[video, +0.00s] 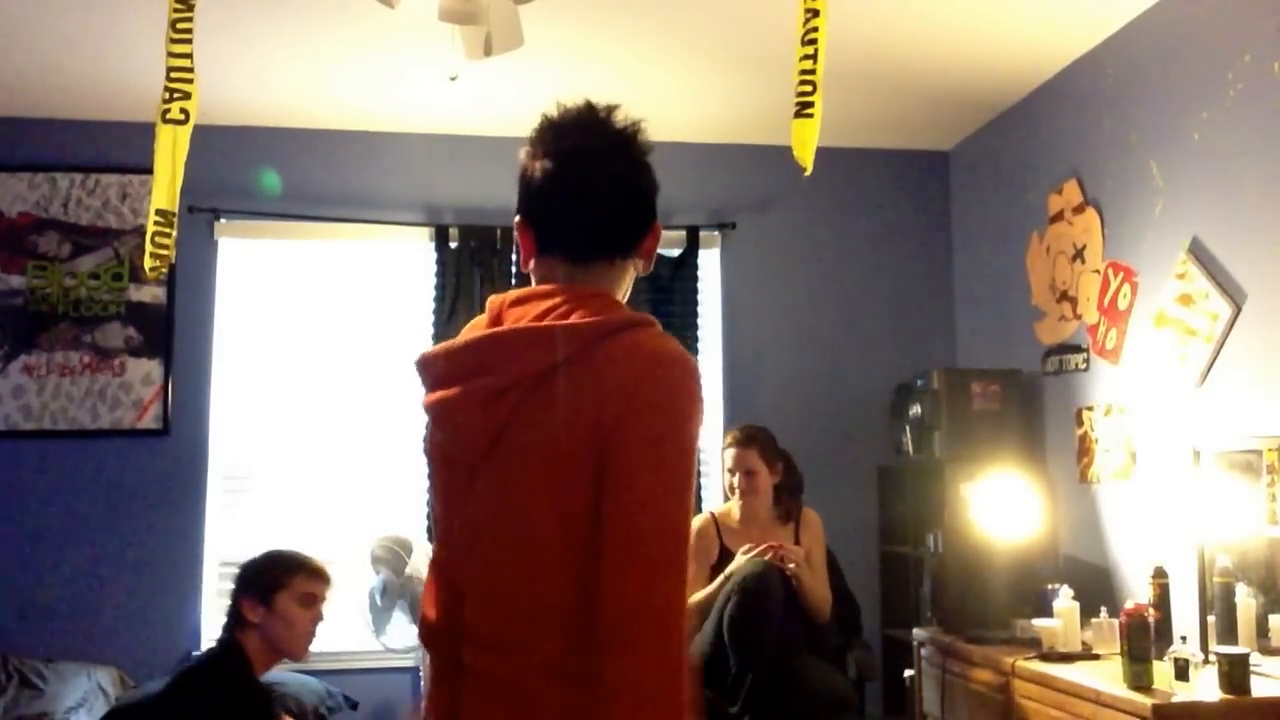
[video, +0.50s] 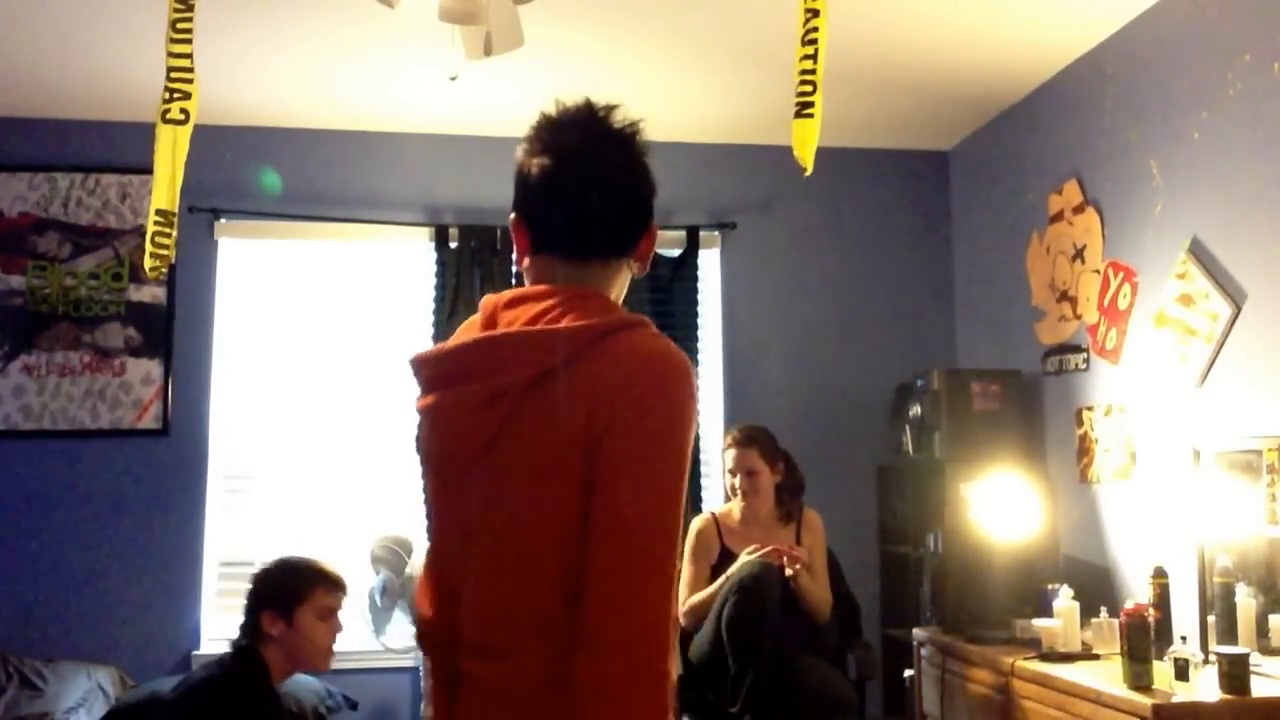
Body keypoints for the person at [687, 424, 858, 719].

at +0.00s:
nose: (738, 483)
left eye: (749, 473)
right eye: (731, 473)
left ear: (776, 472)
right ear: (723, 475)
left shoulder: (806, 523)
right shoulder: (707, 528)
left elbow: (822, 611)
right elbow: (689, 617)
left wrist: (801, 571)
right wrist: (733, 574)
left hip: (789, 652)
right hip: (719, 656)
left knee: (836, 697)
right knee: (758, 577)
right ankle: (750, 705)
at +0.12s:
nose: (738, 484)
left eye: (749, 473)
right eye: (730, 473)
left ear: (776, 472)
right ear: (722, 476)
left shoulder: (806, 523)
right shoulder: (708, 527)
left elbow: (821, 611)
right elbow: (689, 616)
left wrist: (800, 573)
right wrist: (733, 573)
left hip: (788, 652)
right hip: (719, 658)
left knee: (837, 698)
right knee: (757, 574)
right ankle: (750, 705)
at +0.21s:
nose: (737, 484)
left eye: (748, 473)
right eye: (730, 473)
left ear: (775, 473)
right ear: (722, 477)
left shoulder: (806, 523)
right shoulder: (714, 524)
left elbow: (822, 611)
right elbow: (704, 606)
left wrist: (800, 571)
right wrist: (732, 574)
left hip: (796, 642)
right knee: (760, 574)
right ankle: (766, 702)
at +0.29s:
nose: (737, 484)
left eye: (748, 473)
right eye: (730, 473)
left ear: (775, 473)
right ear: (721, 476)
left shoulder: (806, 523)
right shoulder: (715, 526)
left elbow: (821, 611)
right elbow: (703, 603)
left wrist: (800, 573)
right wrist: (736, 573)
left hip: (798, 646)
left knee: (838, 697)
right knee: (761, 573)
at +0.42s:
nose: (738, 484)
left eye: (749, 473)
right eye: (731, 474)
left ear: (777, 471)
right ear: (723, 476)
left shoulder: (807, 523)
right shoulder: (707, 529)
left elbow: (822, 610)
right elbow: (693, 612)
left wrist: (800, 575)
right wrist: (736, 573)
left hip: (794, 647)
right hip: (723, 652)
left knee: (835, 698)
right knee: (756, 575)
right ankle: (752, 707)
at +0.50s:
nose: (739, 483)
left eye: (750, 473)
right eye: (732, 473)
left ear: (777, 472)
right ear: (724, 476)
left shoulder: (807, 524)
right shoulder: (707, 528)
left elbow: (822, 611)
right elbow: (688, 617)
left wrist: (800, 576)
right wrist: (737, 572)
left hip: (788, 652)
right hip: (717, 658)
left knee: (837, 698)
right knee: (756, 575)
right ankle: (747, 705)